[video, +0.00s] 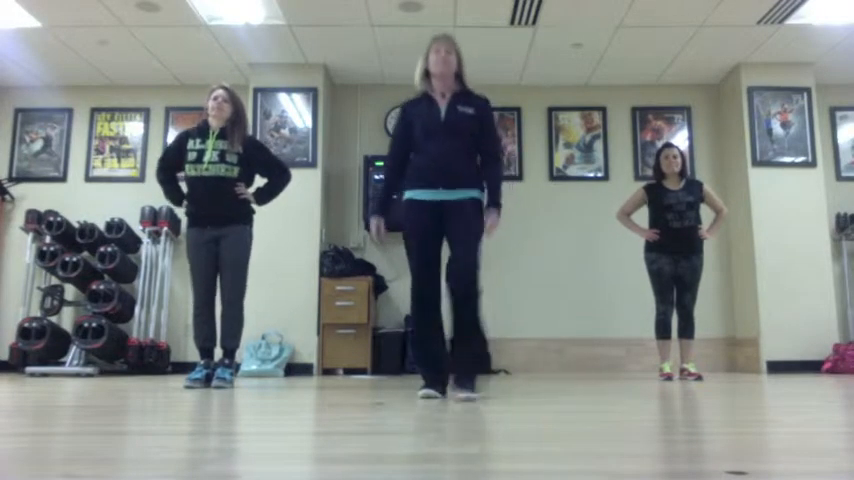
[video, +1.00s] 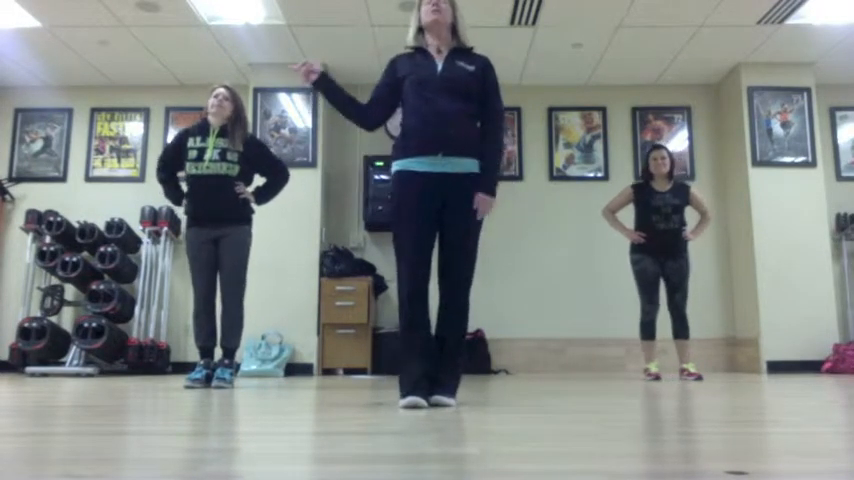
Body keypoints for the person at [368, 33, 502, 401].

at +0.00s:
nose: (443, 58)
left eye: (449, 53)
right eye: (437, 53)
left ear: (458, 61)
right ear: (426, 62)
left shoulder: (477, 105)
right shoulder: (412, 108)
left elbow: (491, 156)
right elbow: (395, 160)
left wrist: (493, 202)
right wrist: (379, 208)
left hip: (465, 204)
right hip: (419, 204)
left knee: (463, 285)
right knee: (424, 290)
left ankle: (464, 375)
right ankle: (432, 378)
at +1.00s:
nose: (433, 6)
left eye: (441, 3)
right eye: (427, 3)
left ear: (453, 15)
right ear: (419, 16)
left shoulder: (478, 64)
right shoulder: (404, 63)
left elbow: (494, 127)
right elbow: (370, 117)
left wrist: (487, 185)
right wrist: (322, 81)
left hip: (464, 182)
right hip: (413, 180)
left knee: (455, 288)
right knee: (413, 286)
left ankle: (444, 386)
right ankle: (414, 387)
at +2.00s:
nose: (429, 2)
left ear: (449, 8)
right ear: (412, 9)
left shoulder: (472, 61)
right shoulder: (395, 58)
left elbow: (489, 123)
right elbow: (364, 115)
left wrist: (488, 177)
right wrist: (336, 77)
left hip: (459, 180)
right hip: (405, 180)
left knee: (478, 278)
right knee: (407, 284)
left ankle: (489, 376)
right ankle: (413, 387)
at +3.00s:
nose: (558, 4)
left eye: (566, 1)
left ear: (575, 16)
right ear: (537, 9)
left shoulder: (562, 79)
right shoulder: (527, 51)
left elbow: (577, 151)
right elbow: (517, 109)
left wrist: (644, 157)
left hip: (524, 181)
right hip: (495, 174)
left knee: (558, 275)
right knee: (538, 271)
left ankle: (560, 388)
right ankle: (471, 354)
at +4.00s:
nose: (445, 2)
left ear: (456, 7)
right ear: (421, 6)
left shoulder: (476, 59)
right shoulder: (403, 54)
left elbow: (495, 128)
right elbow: (393, 122)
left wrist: (558, 141)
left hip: (471, 178)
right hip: (421, 173)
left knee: (504, 262)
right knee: (411, 277)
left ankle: (459, 357)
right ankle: (402, 388)